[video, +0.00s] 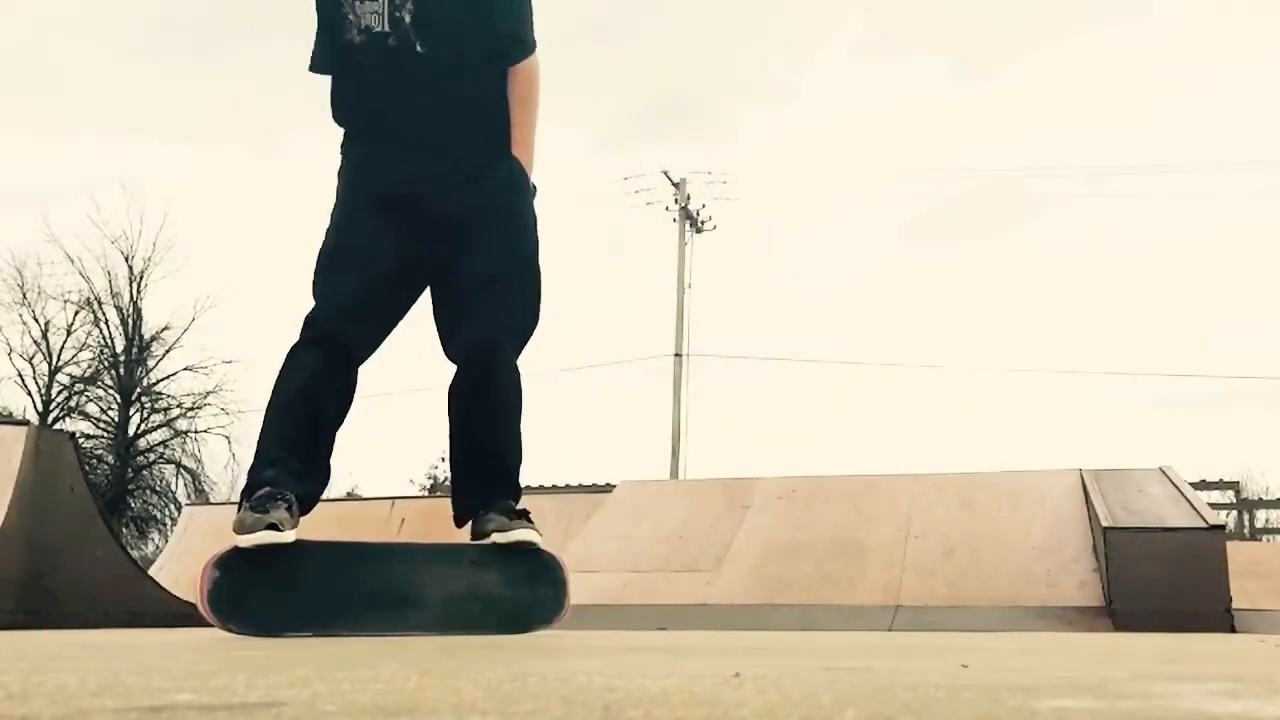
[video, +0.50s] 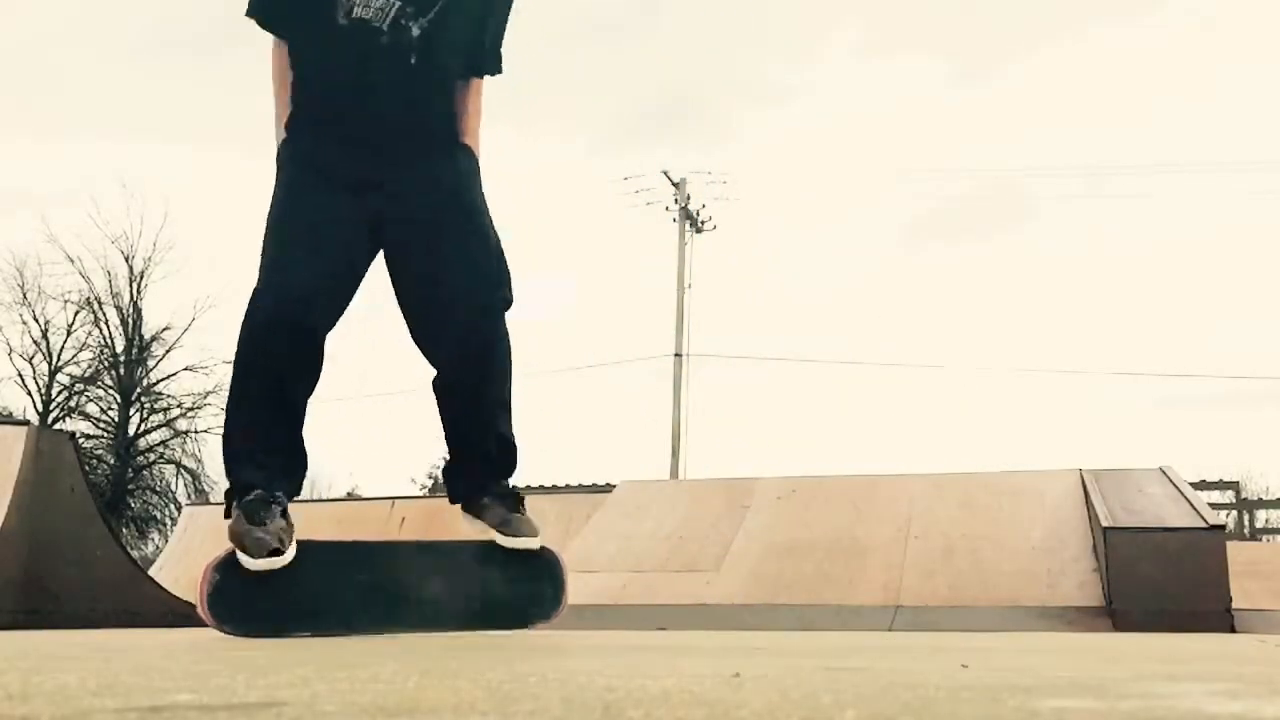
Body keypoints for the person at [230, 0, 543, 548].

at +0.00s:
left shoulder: (503, 6)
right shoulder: (338, 6)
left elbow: (521, 57)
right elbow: (345, 82)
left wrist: (519, 168)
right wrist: (360, 169)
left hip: (483, 177)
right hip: (378, 178)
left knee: (490, 350)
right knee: (331, 334)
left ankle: (494, 507)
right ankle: (273, 493)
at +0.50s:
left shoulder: (480, 6)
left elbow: (469, 75)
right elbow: (287, 51)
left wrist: (466, 175)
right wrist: (292, 154)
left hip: (432, 156)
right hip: (324, 153)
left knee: (473, 314)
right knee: (286, 316)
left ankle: (484, 481)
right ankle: (259, 492)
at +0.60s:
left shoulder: (472, 6)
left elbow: (468, 23)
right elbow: (286, 9)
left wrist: (452, 110)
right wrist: (288, 93)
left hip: (414, 109)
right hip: (325, 106)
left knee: (498, 211)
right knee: (315, 258)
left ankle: (474, 380)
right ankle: (279, 430)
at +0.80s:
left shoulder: (475, 5)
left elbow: (436, 70)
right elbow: (276, 36)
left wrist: (431, 152)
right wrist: (311, 147)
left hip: (414, 149)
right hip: (337, 143)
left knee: (476, 311)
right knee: (359, 299)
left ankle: (366, 461)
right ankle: (290, 504)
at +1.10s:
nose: (550, 52)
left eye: (567, 45)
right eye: (554, 30)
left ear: (577, 42)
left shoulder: (503, 80)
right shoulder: (405, 14)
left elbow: (426, 158)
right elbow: (299, 55)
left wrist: (393, 216)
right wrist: (309, 185)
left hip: (387, 221)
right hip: (309, 194)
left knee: (435, 382)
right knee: (365, 334)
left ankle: (359, 541)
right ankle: (279, 529)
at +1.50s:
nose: (595, 63)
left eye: (608, 61)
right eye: (605, 46)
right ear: (586, 6)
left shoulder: (495, 68)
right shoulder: (476, 9)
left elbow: (410, 134)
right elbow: (366, 28)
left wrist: (394, 196)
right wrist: (346, 156)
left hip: (383, 194)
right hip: (322, 165)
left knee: (410, 371)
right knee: (348, 331)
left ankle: (342, 541)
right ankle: (256, 526)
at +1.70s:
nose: (582, 62)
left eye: (594, 62)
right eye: (595, 48)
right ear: (583, 4)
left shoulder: (499, 42)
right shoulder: (518, 5)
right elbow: (454, 33)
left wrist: (417, 183)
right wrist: (417, 147)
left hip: (394, 180)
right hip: (367, 154)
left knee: (402, 360)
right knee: (348, 323)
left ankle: (331, 538)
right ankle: (240, 519)